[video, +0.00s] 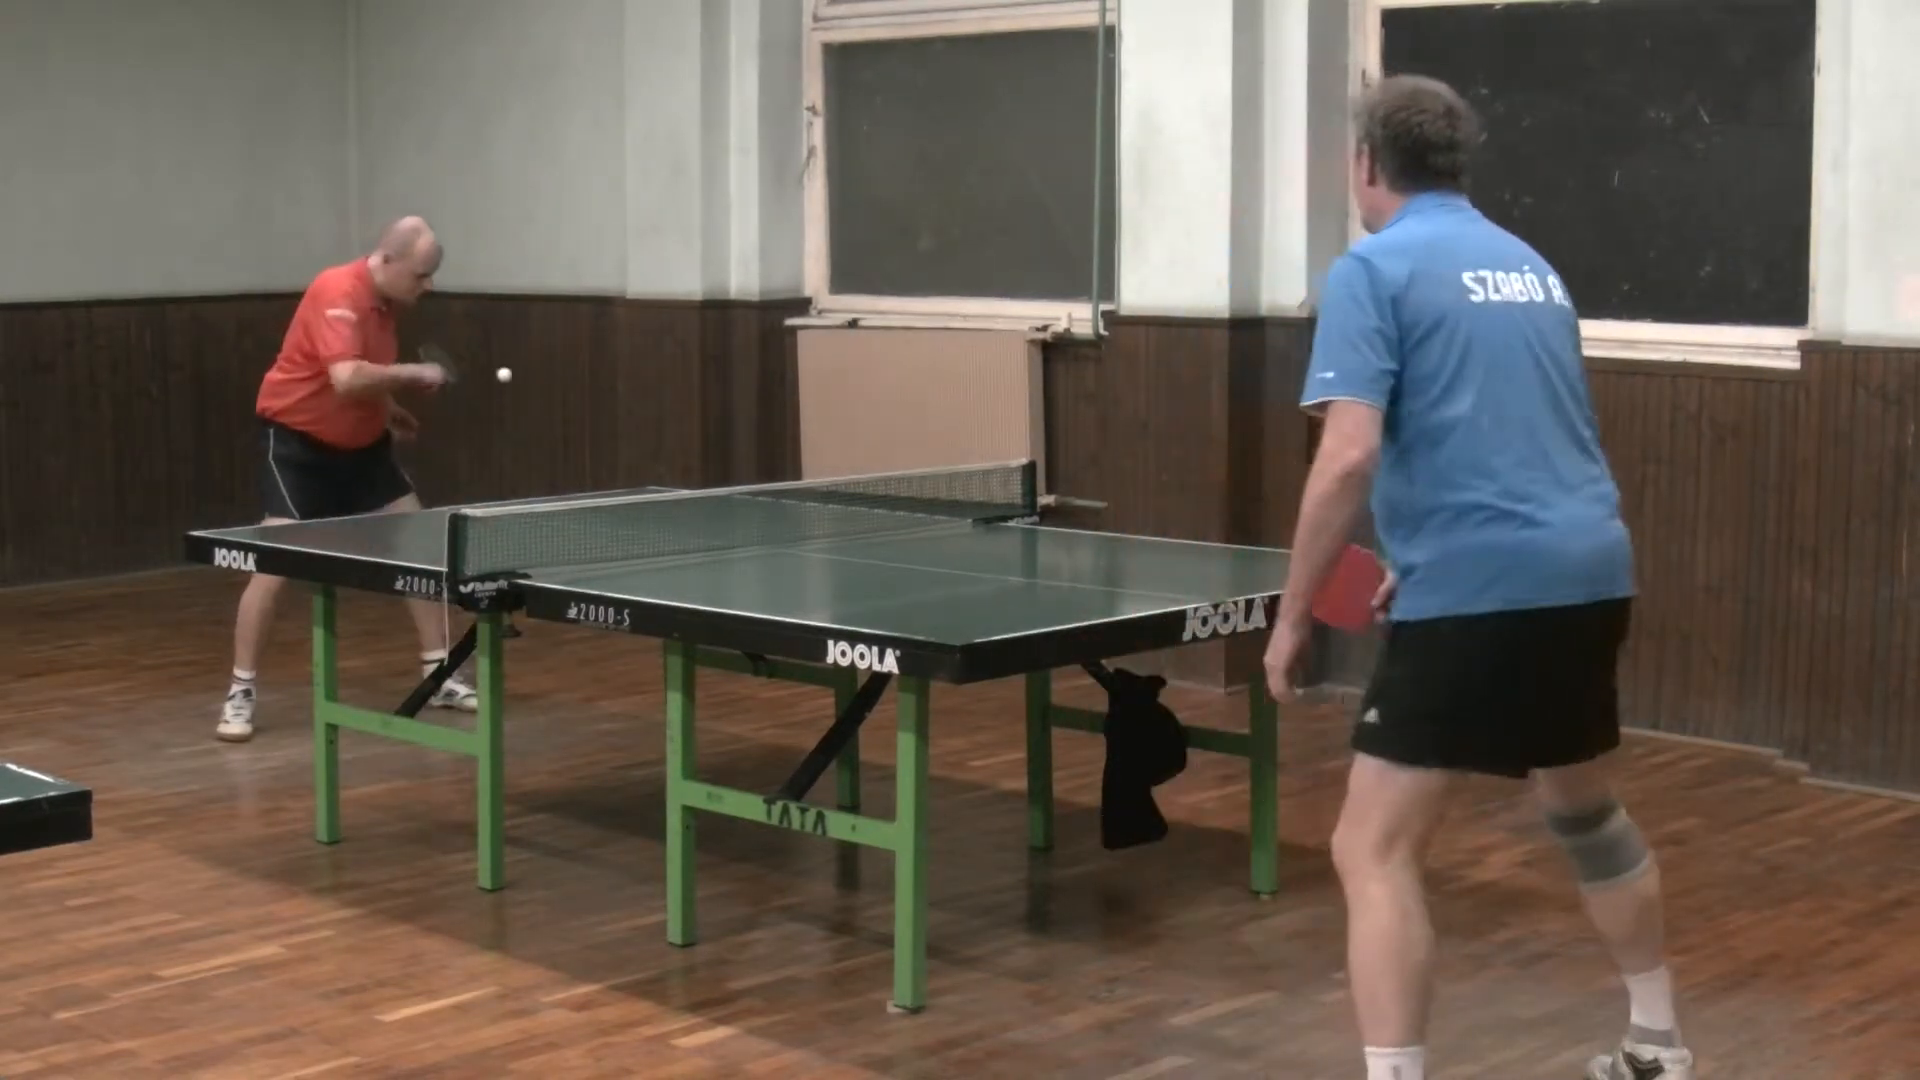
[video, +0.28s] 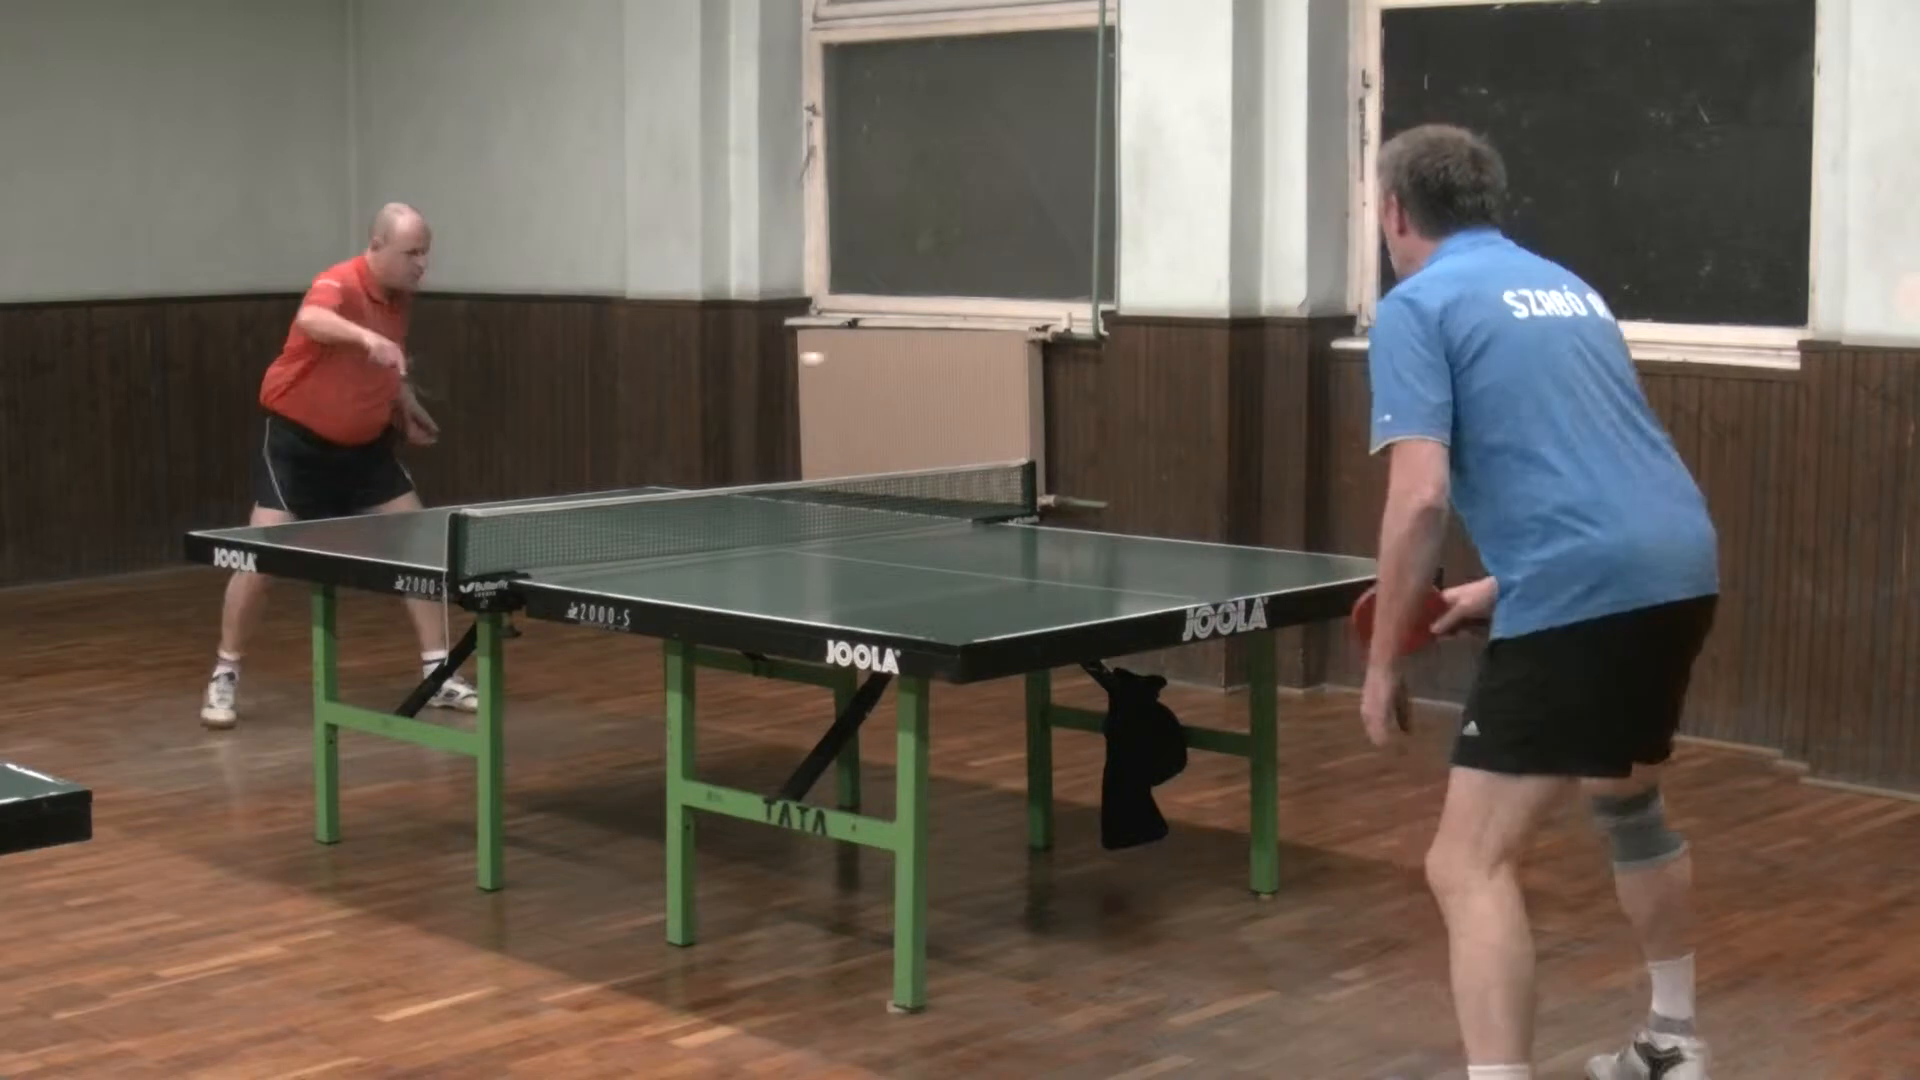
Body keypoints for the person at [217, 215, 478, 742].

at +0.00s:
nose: (428, 287)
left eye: (431, 277)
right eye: (422, 275)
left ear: (396, 264)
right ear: (386, 261)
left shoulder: (383, 296)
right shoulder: (338, 290)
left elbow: (364, 369)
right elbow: (347, 376)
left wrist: (388, 407)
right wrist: (412, 372)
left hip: (362, 440)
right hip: (297, 439)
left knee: (418, 539)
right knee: (278, 559)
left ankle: (439, 671)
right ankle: (241, 689)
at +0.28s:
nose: (423, 264)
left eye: (426, 253)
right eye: (413, 254)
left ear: (423, 251)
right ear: (377, 249)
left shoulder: (398, 296)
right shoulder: (340, 281)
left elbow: (384, 360)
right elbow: (310, 319)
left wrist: (407, 404)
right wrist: (366, 339)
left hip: (366, 443)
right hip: (298, 439)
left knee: (418, 545)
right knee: (262, 556)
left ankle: (438, 674)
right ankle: (224, 675)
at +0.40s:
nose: (390, 254)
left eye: (393, 243)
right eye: (378, 245)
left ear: (393, 243)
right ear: (344, 245)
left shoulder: (371, 292)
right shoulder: (309, 285)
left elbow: (359, 361)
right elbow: (255, 333)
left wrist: (389, 414)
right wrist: (318, 346)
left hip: (351, 444)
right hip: (286, 445)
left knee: (409, 545)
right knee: (262, 563)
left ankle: (437, 671)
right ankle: (217, 650)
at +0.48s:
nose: (356, 249)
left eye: (359, 239)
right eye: (343, 241)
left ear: (360, 241)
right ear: (310, 243)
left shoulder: (344, 292)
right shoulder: (276, 289)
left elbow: (333, 365)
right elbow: (224, 344)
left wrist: (359, 415)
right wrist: (289, 360)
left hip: (336, 446)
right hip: (270, 449)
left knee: (393, 545)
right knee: (244, 570)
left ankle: (434, 667)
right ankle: (219, 656)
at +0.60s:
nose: (302, 244)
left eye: (305, 235)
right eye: (289, 237)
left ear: (307, 236)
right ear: (256, 240)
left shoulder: (305, 286)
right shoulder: (226, 292)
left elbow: (296, 358)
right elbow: (184, 356)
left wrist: (320, 404)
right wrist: (254, 368)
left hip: (303, 439)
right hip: (234, 446)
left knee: (360, 541)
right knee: (225, 569)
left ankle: (412, 660)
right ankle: (216, 659)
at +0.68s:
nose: (274, 236)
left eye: (277, 226)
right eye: (262, 228)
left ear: (281, 228)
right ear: (229, 233)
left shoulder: (284, 276)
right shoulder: (200, 285)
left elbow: (297, 332)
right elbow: (152, 347)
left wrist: (327, 384)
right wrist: (221, 361)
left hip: (284, 432)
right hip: (215, 441)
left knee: (343, 532)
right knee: (213, 568)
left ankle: (361, 659)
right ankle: (216, 662)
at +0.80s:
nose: (247, 220)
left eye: (251, 209)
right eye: (234, 212)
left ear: (256, 212)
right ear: (202, 219)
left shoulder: (270, 265)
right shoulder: (170, 271)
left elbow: (305, 314)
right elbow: (113, 333)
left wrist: (344, 363)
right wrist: (173, 355)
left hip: (260, 420)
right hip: (189, 428)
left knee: (292, 536)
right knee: (193, 556)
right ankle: (212, 660)